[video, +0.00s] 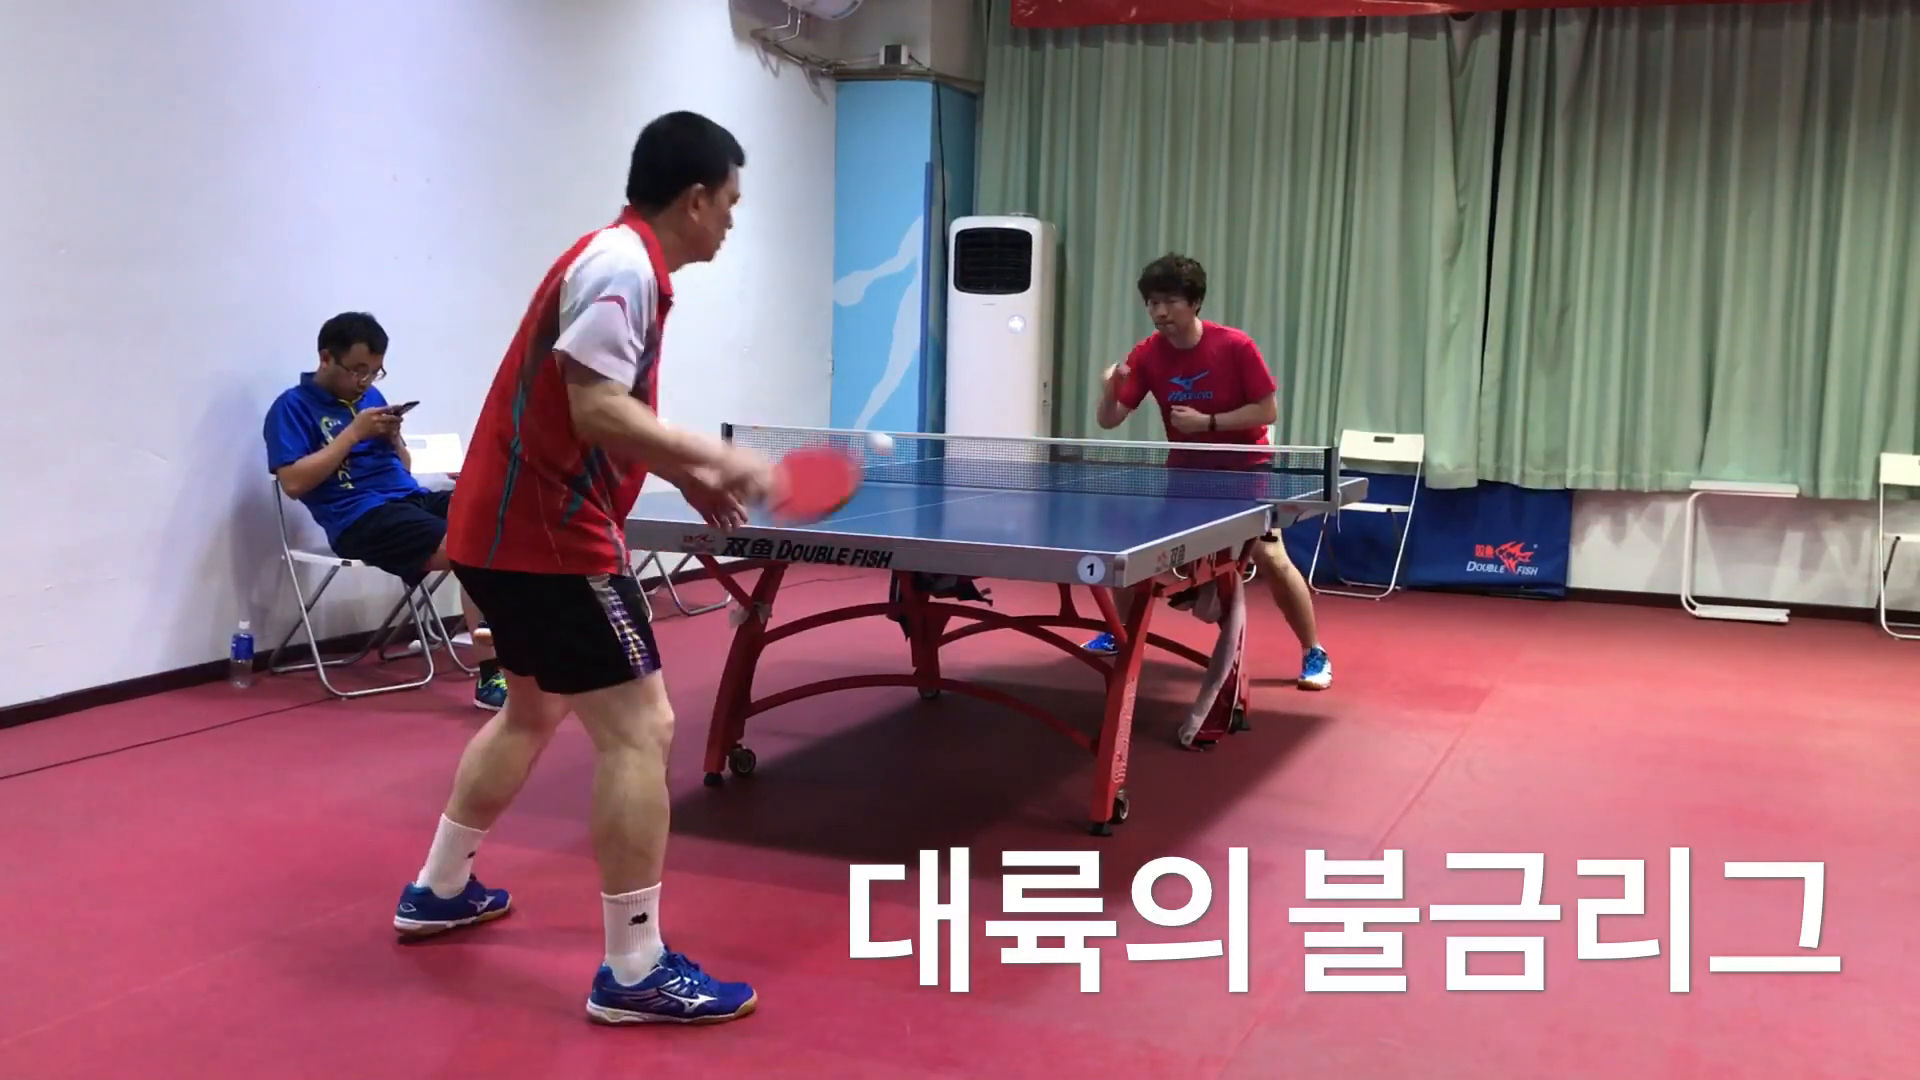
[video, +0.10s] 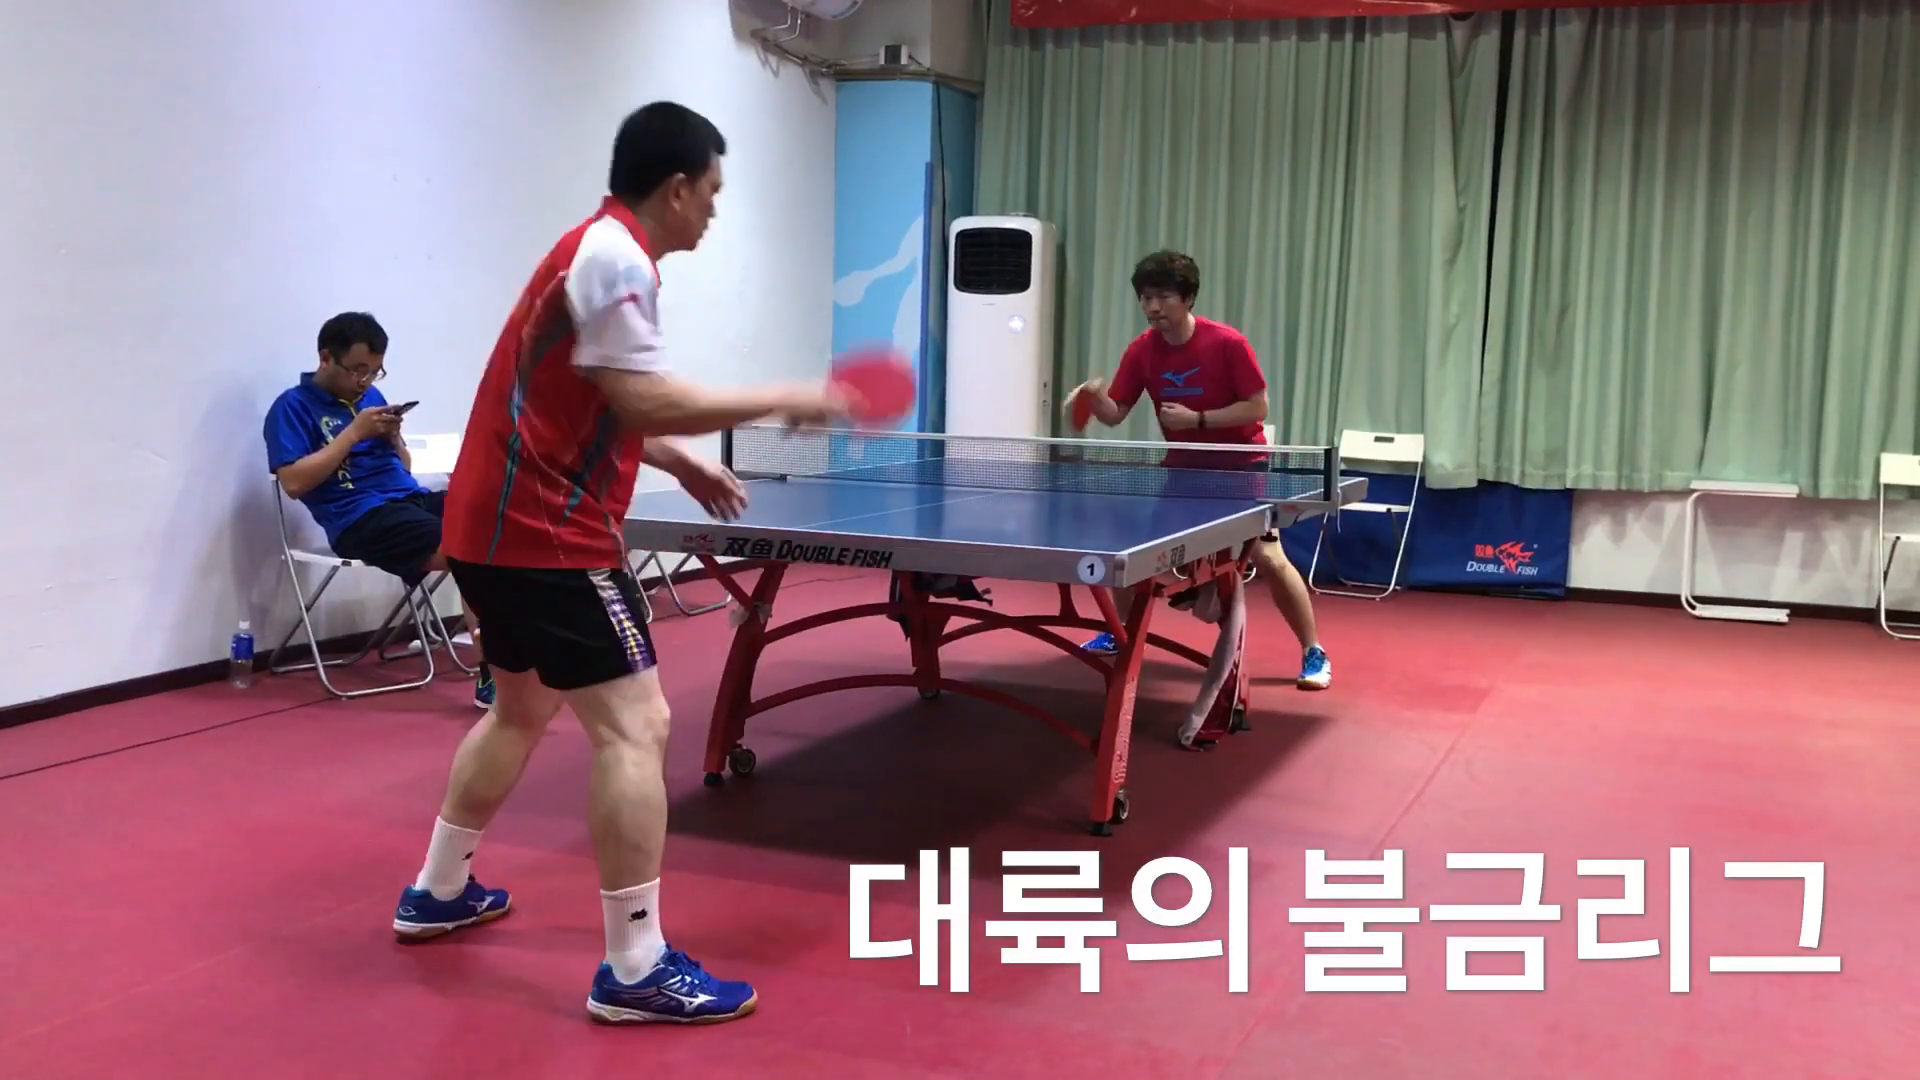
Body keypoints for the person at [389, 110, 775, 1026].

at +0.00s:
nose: (732, 219)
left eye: (734, 203)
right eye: (730, 201)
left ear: (663, 192)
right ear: (693, 198)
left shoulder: (621, 261)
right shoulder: (622, 265)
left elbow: (613, 410)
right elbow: (594, 406)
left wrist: (688, 475)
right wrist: (714, 456)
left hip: (501, 531)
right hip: (550, 539)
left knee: (530, 709)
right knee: (639, 728)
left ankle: (437, 887)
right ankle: (634, 968)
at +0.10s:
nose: (714, 209)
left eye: (715, 191)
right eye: (710, 190)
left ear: (645, 185)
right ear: (674, 188)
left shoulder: (587, 250)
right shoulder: (617, 257)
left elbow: (582, 410)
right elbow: (636, 399)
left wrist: (682, 462)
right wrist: (789, 401)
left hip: (489, 527)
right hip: (548, 536)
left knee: (520, 711)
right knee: (635, 726)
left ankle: (436, 889)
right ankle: (636, 966)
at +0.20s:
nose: (690, 192)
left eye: (691, 176)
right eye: (688, 175)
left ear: (603, 170)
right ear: (659, 173)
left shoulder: (544, 244)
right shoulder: (633, 254)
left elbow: (552, 401)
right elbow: (740, 375)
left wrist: (666, 439)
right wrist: (794, 305)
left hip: (472, 522)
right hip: (561, 528)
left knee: (499, 701)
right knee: (647, 719)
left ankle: (434, 889)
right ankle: (636, 962)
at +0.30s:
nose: (677, 184)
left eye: (676, 170)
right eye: (675, 170)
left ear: (582, 170)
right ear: (654, 172)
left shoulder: (518, 251)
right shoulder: (651, 257)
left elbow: (531, 382)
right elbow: (759, 370)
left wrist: (646, 428)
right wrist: (774, 298)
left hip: (481, 524)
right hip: (585, 533)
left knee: (482, 706)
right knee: (668, 729)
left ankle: (433, 890)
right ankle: (638, 963)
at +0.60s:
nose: (716, 185)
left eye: (713, 169)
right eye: (716, 169)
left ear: (627, 162)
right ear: (697, 171)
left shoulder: (570, 242)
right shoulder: (667, 258)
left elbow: (587, 391)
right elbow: (724, 412)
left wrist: (689, 453)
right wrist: (805, 445)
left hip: (491, 520)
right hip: (579, 536)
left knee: (510, 700)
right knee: (642, 731)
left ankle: (442, 883)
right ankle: (636, 972)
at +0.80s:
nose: (733, 221)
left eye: (733, 204)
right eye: (730, 203)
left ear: (655, 199)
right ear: (700, 206)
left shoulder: (617, 269)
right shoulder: (640, 281)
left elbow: (613, 425)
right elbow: (622, 427)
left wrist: (717, 495)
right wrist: (734, 499)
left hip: (491, 537)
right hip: (547, 548)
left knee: (538, 714)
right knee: (640, 732)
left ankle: (441, 890)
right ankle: (634, 973)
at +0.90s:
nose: (724, 214)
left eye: (724, 197)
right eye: (721, 197)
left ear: (644, 198)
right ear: (688, 201)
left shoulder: (591, 269)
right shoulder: (643, 286)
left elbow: (592, 410)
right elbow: (685, 428)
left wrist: (683, 465)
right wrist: (842, 430)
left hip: (479, 533)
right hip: (550, 544)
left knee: (531, 711)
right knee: (641, 729)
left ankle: (441, 890)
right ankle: (636, 973)